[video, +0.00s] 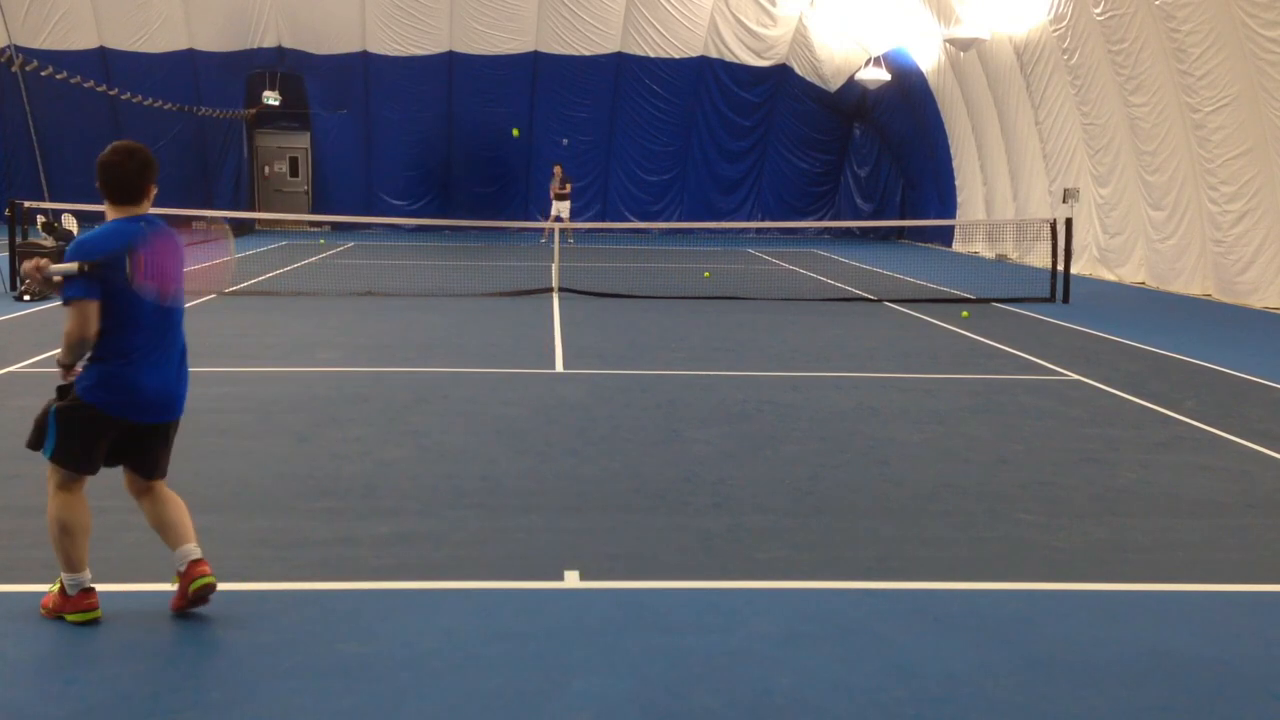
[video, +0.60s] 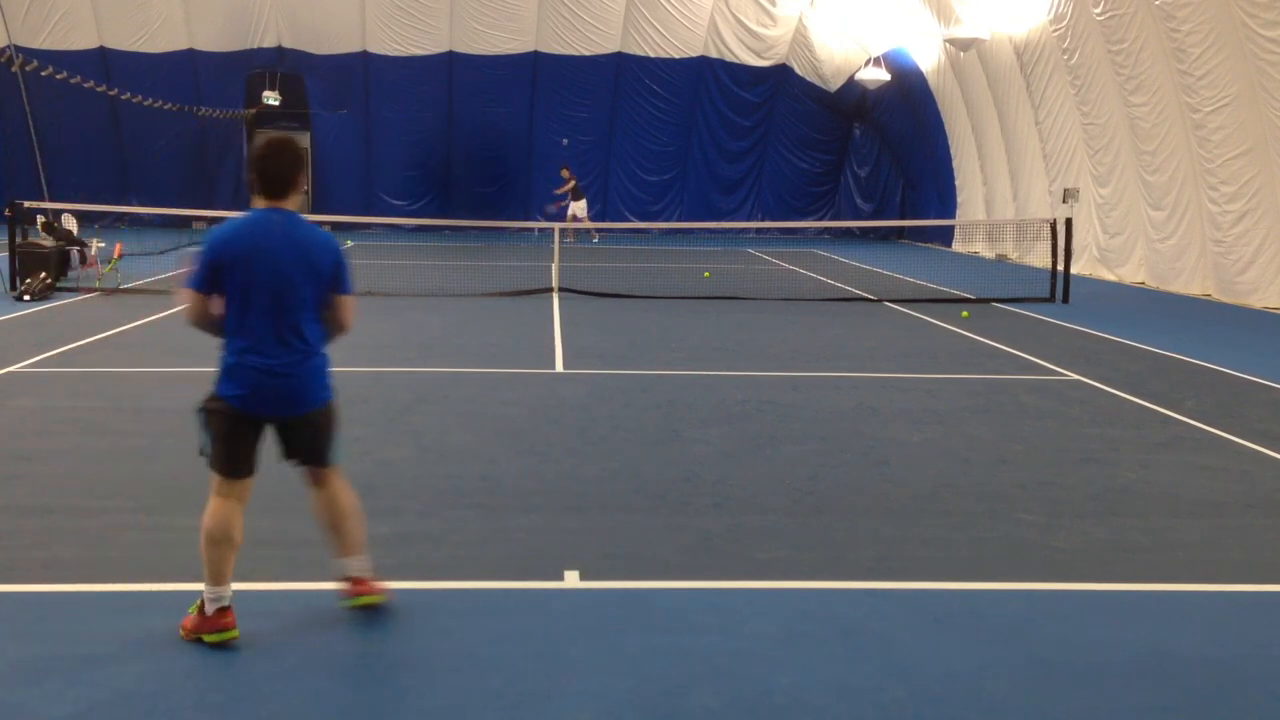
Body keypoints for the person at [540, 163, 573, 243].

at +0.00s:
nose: (556, 171)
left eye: (558, 169)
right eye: (555, 169)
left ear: (561, 170)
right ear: (553, 171)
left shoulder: (566, 179)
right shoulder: (553, 180)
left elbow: (568, 190)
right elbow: (551, 188)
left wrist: (557, 191)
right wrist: (552, 194)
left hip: (565, 201)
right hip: (556, 200)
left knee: (566, 219)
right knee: (552, 218)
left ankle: (570, 237)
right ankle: (545, 236)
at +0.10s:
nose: (558, 171)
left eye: (559, 169)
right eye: (556, 169)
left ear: (563, 169)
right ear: (555, 170)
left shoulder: (567, 178)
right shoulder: (556, 179)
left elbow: (566, 189)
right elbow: (555, 191)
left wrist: (555, 186)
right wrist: (552, 189)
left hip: (568, 200)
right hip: (560, 199)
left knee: (567, 219)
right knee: (556, 218)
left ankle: (570, 237)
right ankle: (552, 236)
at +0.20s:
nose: (558, 170)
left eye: (560, 168)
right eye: (557, 168)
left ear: (563, 168)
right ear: (556, 169)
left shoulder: (567, 176)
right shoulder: (559, 177)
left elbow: (561, 185)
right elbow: (555, 188)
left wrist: (551, 180)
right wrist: (548, 181)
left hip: (571, 198)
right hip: (563, 198)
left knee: (569, 216)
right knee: (561, 216)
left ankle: (571, 237)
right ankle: (563, 236)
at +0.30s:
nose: (559, 170)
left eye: (561, 168)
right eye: (558, 168)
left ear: (564, 168)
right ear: (557, 169)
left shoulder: (566, 176)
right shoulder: (560, 177)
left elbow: (559, 183)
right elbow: (551, 185)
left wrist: (550, 175)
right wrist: (549, 177)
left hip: (573, 198)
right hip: (566, 198)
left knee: (574, 217)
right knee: (566, 217)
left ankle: (577, 236)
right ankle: (568, 235)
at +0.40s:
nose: (560, 172)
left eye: (561, 170)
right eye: (559, 170)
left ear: (565, 170)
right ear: (558, 171)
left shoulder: (567, 178)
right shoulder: (563, 179)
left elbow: (558, 183)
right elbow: (557, 187)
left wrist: (548, 176)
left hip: (575, 200)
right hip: (568, 201)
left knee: (577, 218)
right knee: (567, 218)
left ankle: (587, 234)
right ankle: (570, 236)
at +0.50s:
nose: (560, 174)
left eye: (561, 172)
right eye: (560, 172)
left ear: (566, 172)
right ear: (561, 174)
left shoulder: (569, 180)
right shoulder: (566, 182)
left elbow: (561, 185)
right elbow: (566, 193)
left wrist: (548, 184)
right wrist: (557, 190)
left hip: (577, 201)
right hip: (570, 201)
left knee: (581, 220)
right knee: (567, 219)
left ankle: (593, 234)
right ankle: (570, 236)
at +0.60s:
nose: (563, 175)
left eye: (564, 173)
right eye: (562, 174)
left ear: (568, 172)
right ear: (562, 174)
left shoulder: (573, 179)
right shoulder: (568, 181)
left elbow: (569, 186)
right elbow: (570, 193)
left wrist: (560, 191)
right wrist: (567, 201)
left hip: (580, 201)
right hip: (573, 201)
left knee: (584, 219)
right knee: (569, 218)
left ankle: (594, 235)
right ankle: (570, 237)